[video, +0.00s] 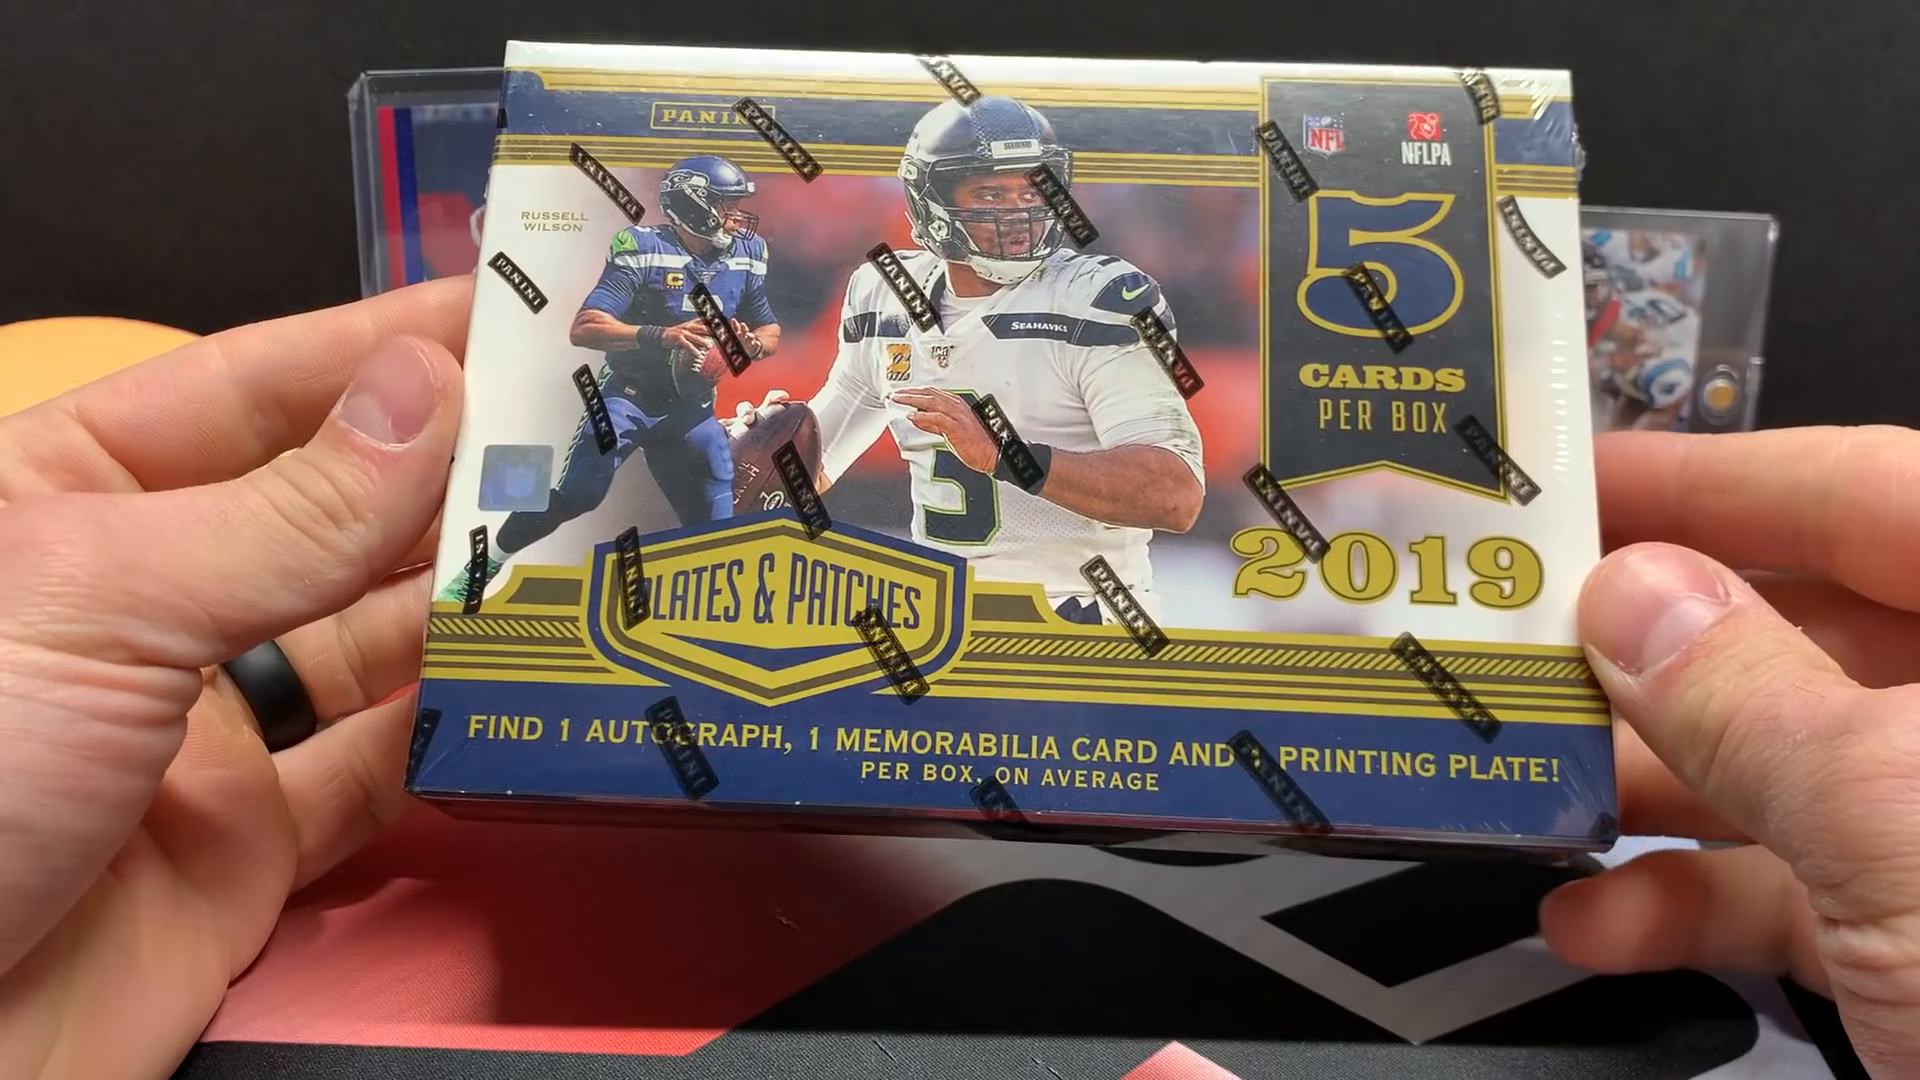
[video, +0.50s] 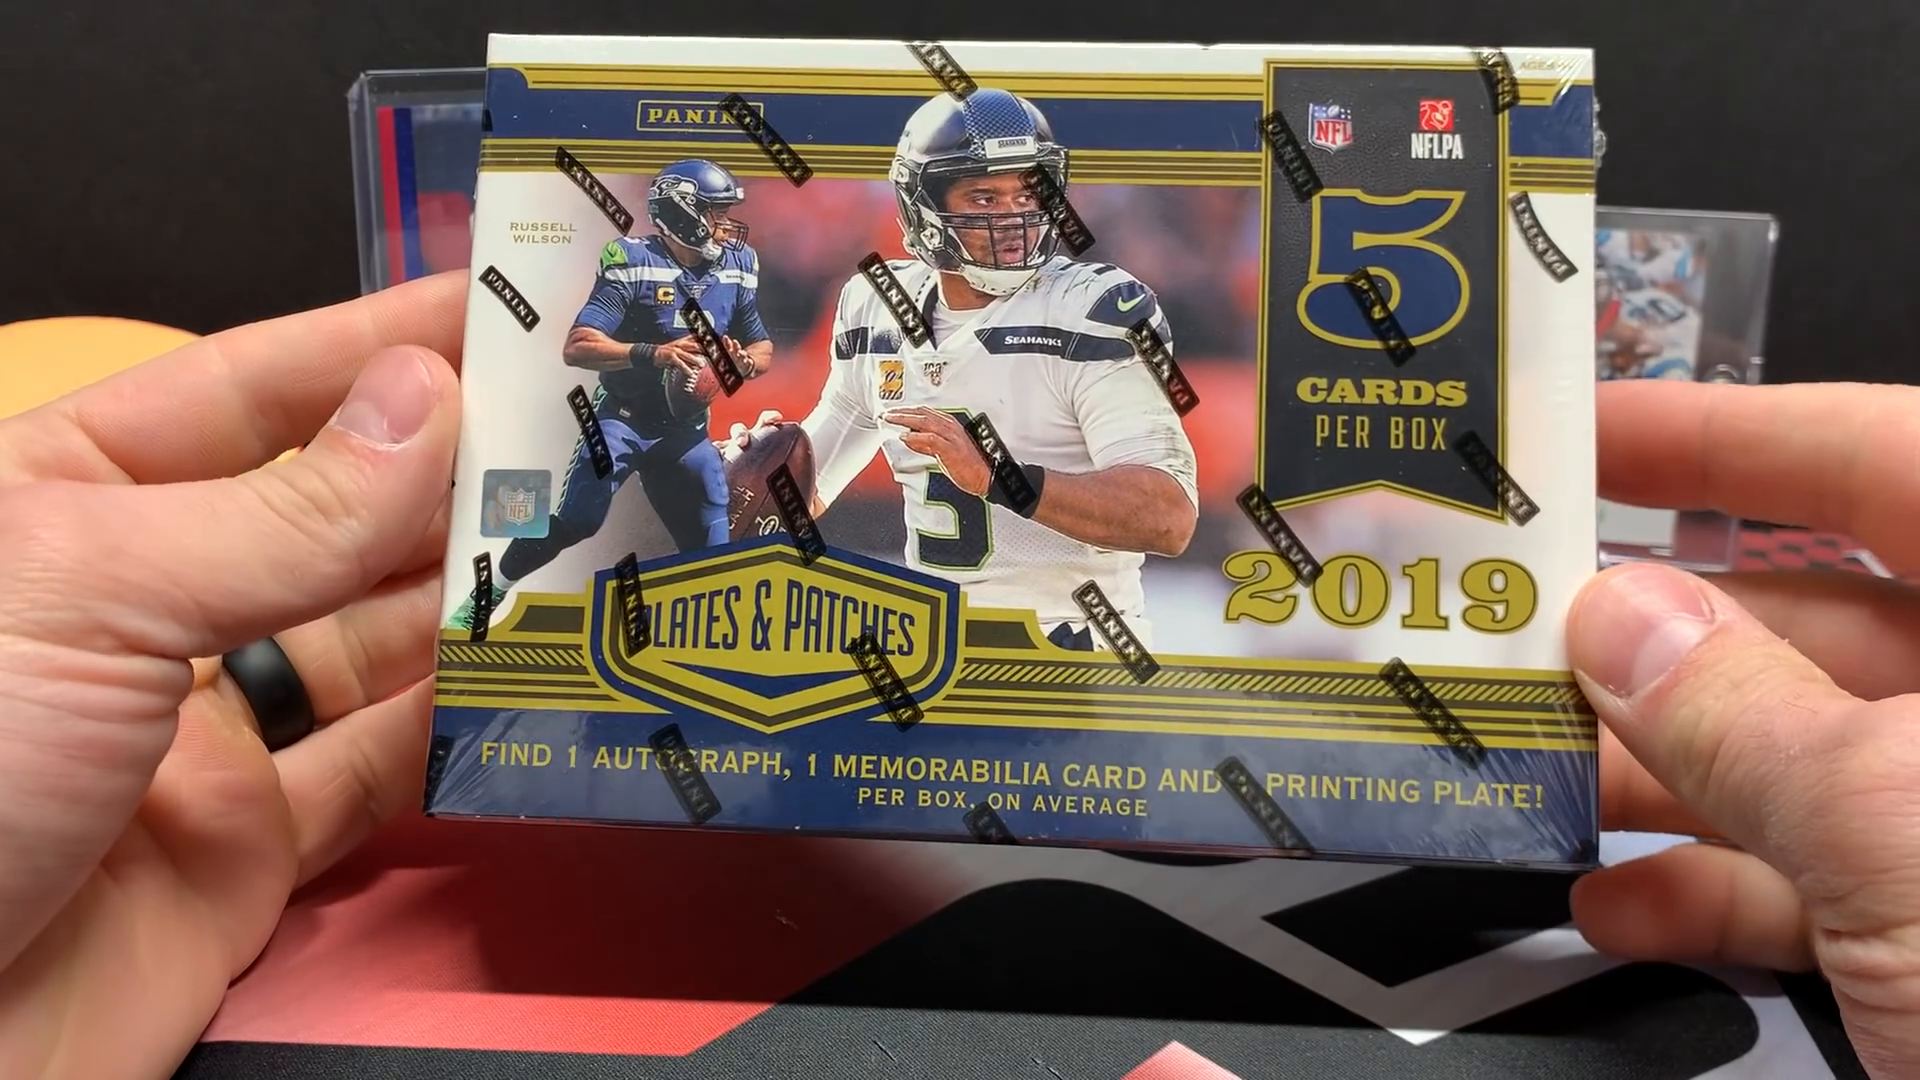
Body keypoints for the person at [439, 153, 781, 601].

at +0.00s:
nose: (738, 215)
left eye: (739, 206)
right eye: (728, 206)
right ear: (693, 208)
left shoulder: (748, 252)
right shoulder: (638, 247)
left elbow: (771, 332)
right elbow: (585, 329)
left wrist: (750, 342)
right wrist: (661, 335)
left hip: (692, 409)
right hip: (626, 398)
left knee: (716, 527)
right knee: (580, 492)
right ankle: (488, 557)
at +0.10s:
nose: (736, 216)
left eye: (736, 206)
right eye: (726, 206)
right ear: (690, 208)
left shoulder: (746, 252)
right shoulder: (636, 248)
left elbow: (769, 336)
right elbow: (583, 331)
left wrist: (747, 344)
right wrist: (659, 337)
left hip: (691, 412)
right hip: (625, 401)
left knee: (715, 530)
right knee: (578, 498)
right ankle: (488, 563)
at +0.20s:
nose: (735, 216)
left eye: (735, 205)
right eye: (725, 206)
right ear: (689, 208)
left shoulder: (746, 254)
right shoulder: (635, 250)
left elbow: (769, 337)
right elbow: (583, 335)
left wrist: (749, 349)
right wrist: (660, 341)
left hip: (692, 416)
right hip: (626, 406)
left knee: (718, 534)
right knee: (581, 504)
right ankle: (494, 570)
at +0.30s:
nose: (730, 219)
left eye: (731, 208)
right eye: (720, 208)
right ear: (685, 210)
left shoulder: (745, 257)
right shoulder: (633, 253)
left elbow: (767, 343)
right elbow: (582, 340)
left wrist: (747, 354)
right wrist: (659, 346)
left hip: (691, 422)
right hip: (625, 413)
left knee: (718, 542)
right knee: (580, 512)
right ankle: (496, 577)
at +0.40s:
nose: (726, 221)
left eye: (728, 210)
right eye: (716, 210)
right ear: (679, 210)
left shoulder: (742, 260)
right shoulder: (631, 256)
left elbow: (764, 345)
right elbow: (579, 343)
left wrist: (745, 358)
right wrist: (654, 350)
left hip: (689, 425)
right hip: (624, 416)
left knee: (715, 544)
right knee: (577, 516)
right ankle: (495, 582)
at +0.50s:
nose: (725, 225)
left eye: (726, 214)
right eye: (714, 214)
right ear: (678, 215)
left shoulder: (739, 263)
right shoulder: (629, 260)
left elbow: (761, 349)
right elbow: (578, 347)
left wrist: (743, 362)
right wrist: (652, 353)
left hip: (686, 428)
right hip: (621, 420)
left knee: (714, 548)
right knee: (577, 520)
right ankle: (493, 586)